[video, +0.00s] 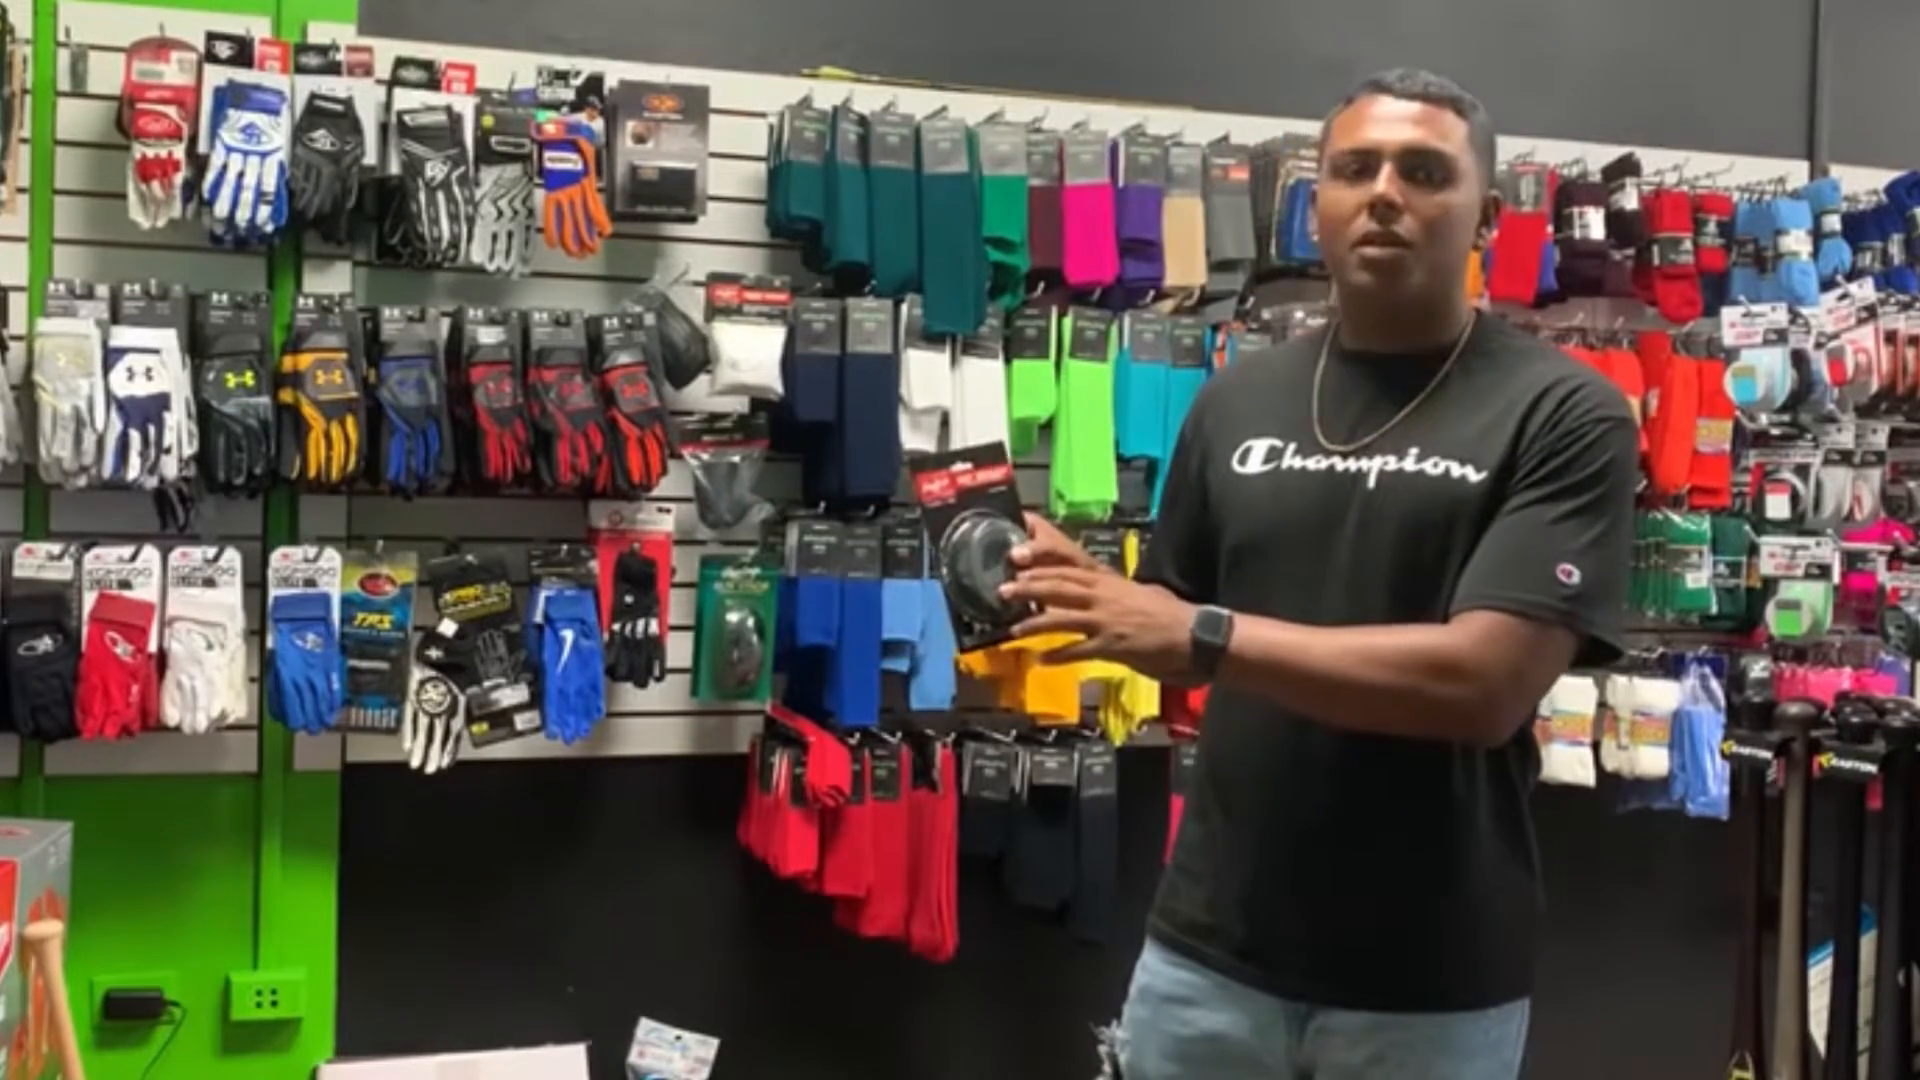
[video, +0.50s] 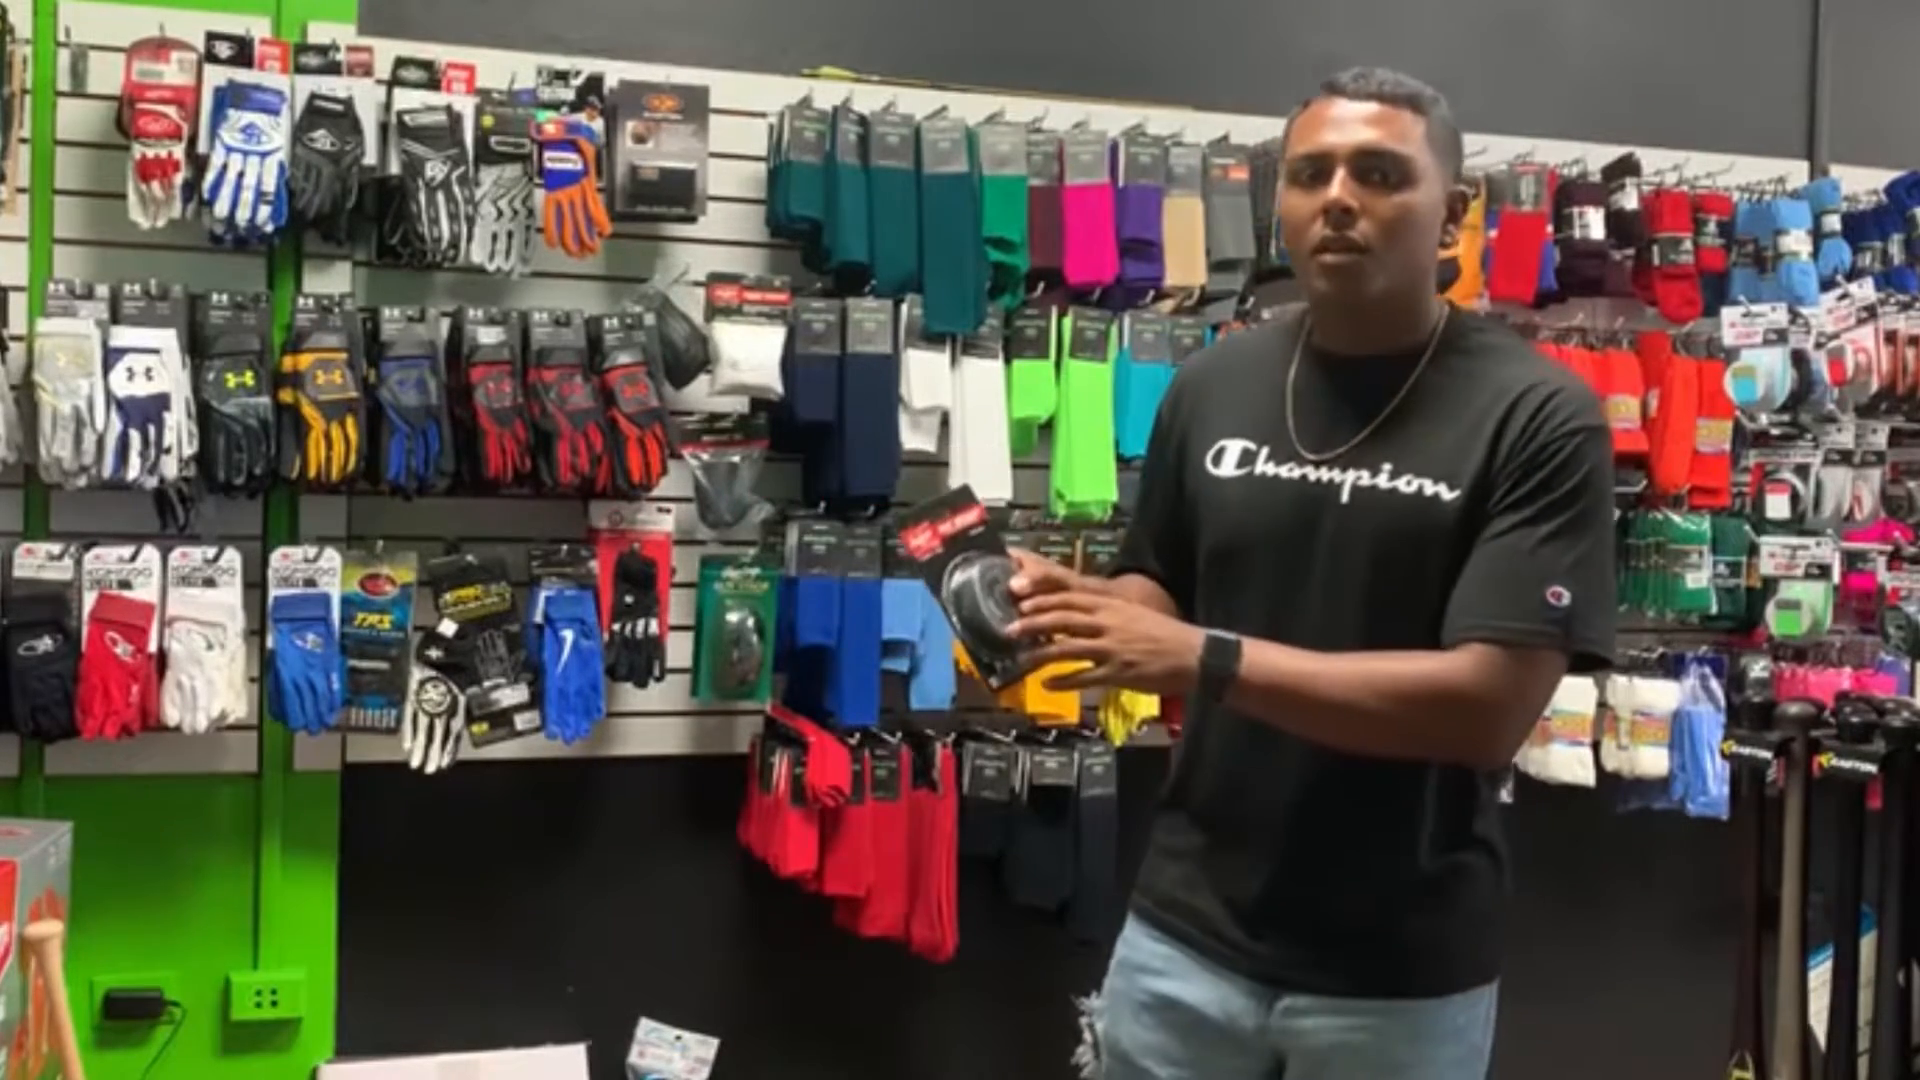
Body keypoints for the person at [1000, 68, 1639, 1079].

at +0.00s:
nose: (1385, 195)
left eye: (1426, 172)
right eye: (1356, 169)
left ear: (1483, 217)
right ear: (1316, 205)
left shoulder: (1566, 415)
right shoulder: (1236, 399)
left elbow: (1486, 685)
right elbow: (1192, 647)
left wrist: (1196, 631)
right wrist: (1082, 600)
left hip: (1432, 980)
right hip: (1211, 955)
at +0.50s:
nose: (1337, 199)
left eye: (1380, 172)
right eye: (1310, 173)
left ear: (1451, 213)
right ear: (1277, 206)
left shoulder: (1539, 416)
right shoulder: (1211, 386)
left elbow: (1490, 710)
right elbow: (1156, 599)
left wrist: (1197, 655)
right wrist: (1074, 609)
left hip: (1404, 972)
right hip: (1188, 939)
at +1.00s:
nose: (1160, 209)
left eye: (1198, 184)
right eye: (1138, 188)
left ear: (1273, 214)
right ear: (1117, 219)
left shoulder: (1352, 405)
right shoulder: (1084, 398)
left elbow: (1342, 683)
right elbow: (1052, 615)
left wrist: (1070, 635)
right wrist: (977, 615)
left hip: (1258, 945)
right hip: (1076, 917)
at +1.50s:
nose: (896, 292)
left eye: (917, 260)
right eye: (892, 267)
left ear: (1008, 247)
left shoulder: (1107, 412)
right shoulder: (960, 406)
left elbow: (1099, 680)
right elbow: (953, 629)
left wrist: (858, 621)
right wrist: (824, 618)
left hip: (1027, 891)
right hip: (945, 873)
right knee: (943, 1060)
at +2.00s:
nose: (623, 278)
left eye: (637, 246)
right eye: (624, 249)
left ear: (717, 253)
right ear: (728, 254)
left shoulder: (756, 421)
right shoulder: (825, 388)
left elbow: (741, 707)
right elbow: (818, 644)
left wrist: (503, 712)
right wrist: (651, 651)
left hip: (751, 895)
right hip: (855, 870)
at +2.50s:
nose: (366, 278)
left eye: (375, 252)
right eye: (364, 253)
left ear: (448, 253)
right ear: (478, 246)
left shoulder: (446, 438)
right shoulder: (628, 366)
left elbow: (264, 647)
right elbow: (690, 558)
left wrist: (64, 762)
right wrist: (467, 644)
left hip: (555, 834)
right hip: (642, 803)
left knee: (533, 1063)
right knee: (558, 1057)